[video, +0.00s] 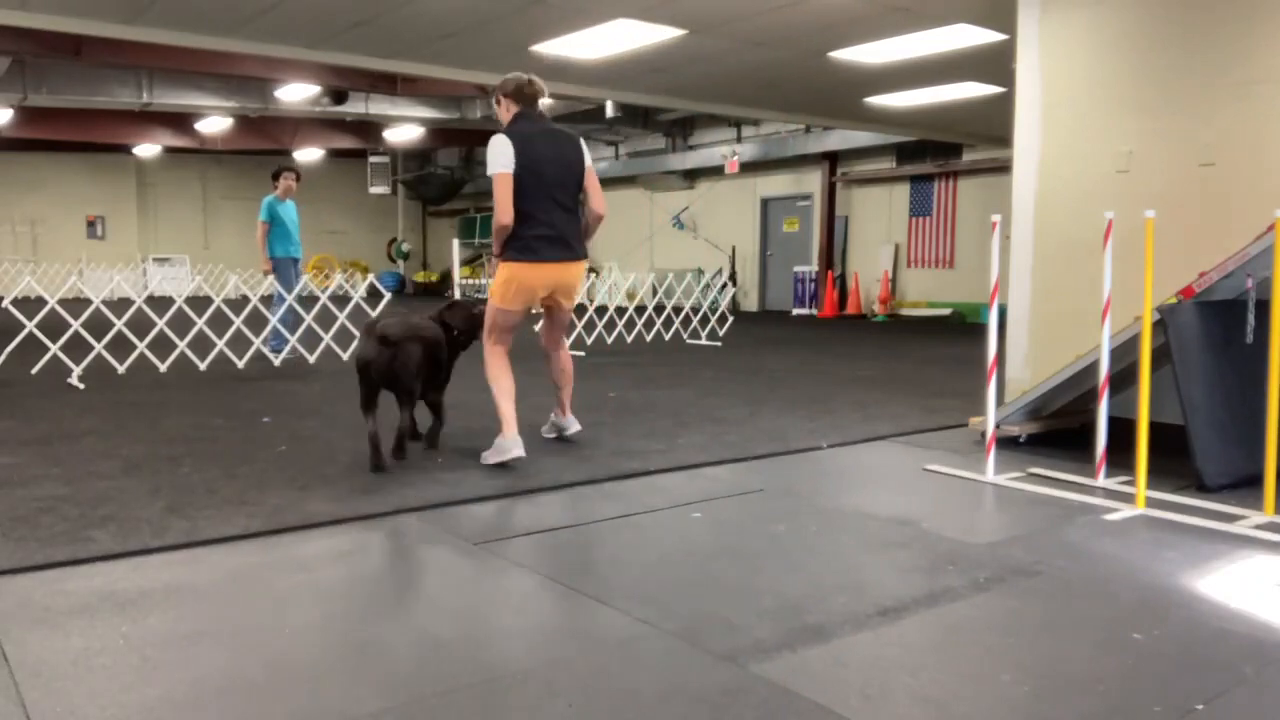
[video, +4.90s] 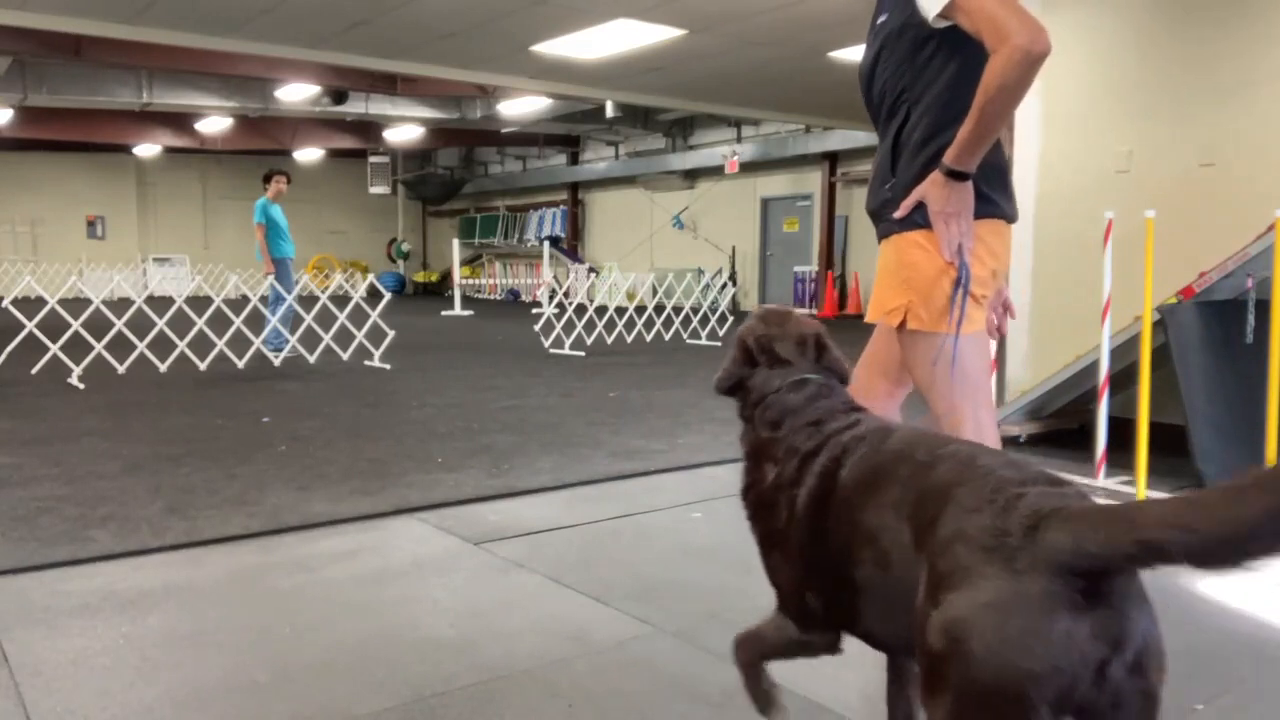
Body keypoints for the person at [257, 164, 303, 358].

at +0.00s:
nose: (290, 183)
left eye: (293, 180)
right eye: (286, 179)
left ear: (296, 184)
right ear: (277, 182)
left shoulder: (292, 205)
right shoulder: (269, 202)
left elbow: (293, 232)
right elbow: (262, 231)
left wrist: (298, 256)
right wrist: (265, 259)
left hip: (295, 255)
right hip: (279, 255)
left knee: (289, 299)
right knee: (284, 298)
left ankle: (282, 341)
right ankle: (276, 343)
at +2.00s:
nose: (277, 184)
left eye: (280, 181)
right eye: (273, 180)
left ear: (283, 187)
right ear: (264, 184)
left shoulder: (278, 207)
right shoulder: (257, 204)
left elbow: (281, 232)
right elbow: (254, 235)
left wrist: (288, 257)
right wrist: (259, 263)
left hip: (286, 256)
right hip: (273, 257)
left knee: (283, 300)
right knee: (280, 299)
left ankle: (278, 341)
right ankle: (275, 343)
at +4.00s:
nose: (283, 188)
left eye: (286, 184)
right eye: (279, 183)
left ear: (288, 188)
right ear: (270, 185)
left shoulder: (277, 207)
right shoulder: (262, 204)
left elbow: (280, 233)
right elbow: (260, 234)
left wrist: (288, 256)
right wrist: (267, 261)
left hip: (286, 256)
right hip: (278, 257)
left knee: (276, 299)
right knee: (286, 298)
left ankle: (272, 340)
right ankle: (276, 342)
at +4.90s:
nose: (282, 186)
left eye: (285, 183)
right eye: (278, 182)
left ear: (287, 187)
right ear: (269, 184)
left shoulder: (276, 207)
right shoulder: (262, 204)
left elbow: (279, 233)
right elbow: (260, 235)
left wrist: (287, 256)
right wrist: (267, 262)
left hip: (285, 256)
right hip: (278, 257)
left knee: (276, 299)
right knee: (288, 299)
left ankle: (272, 340)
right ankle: (277, 341)